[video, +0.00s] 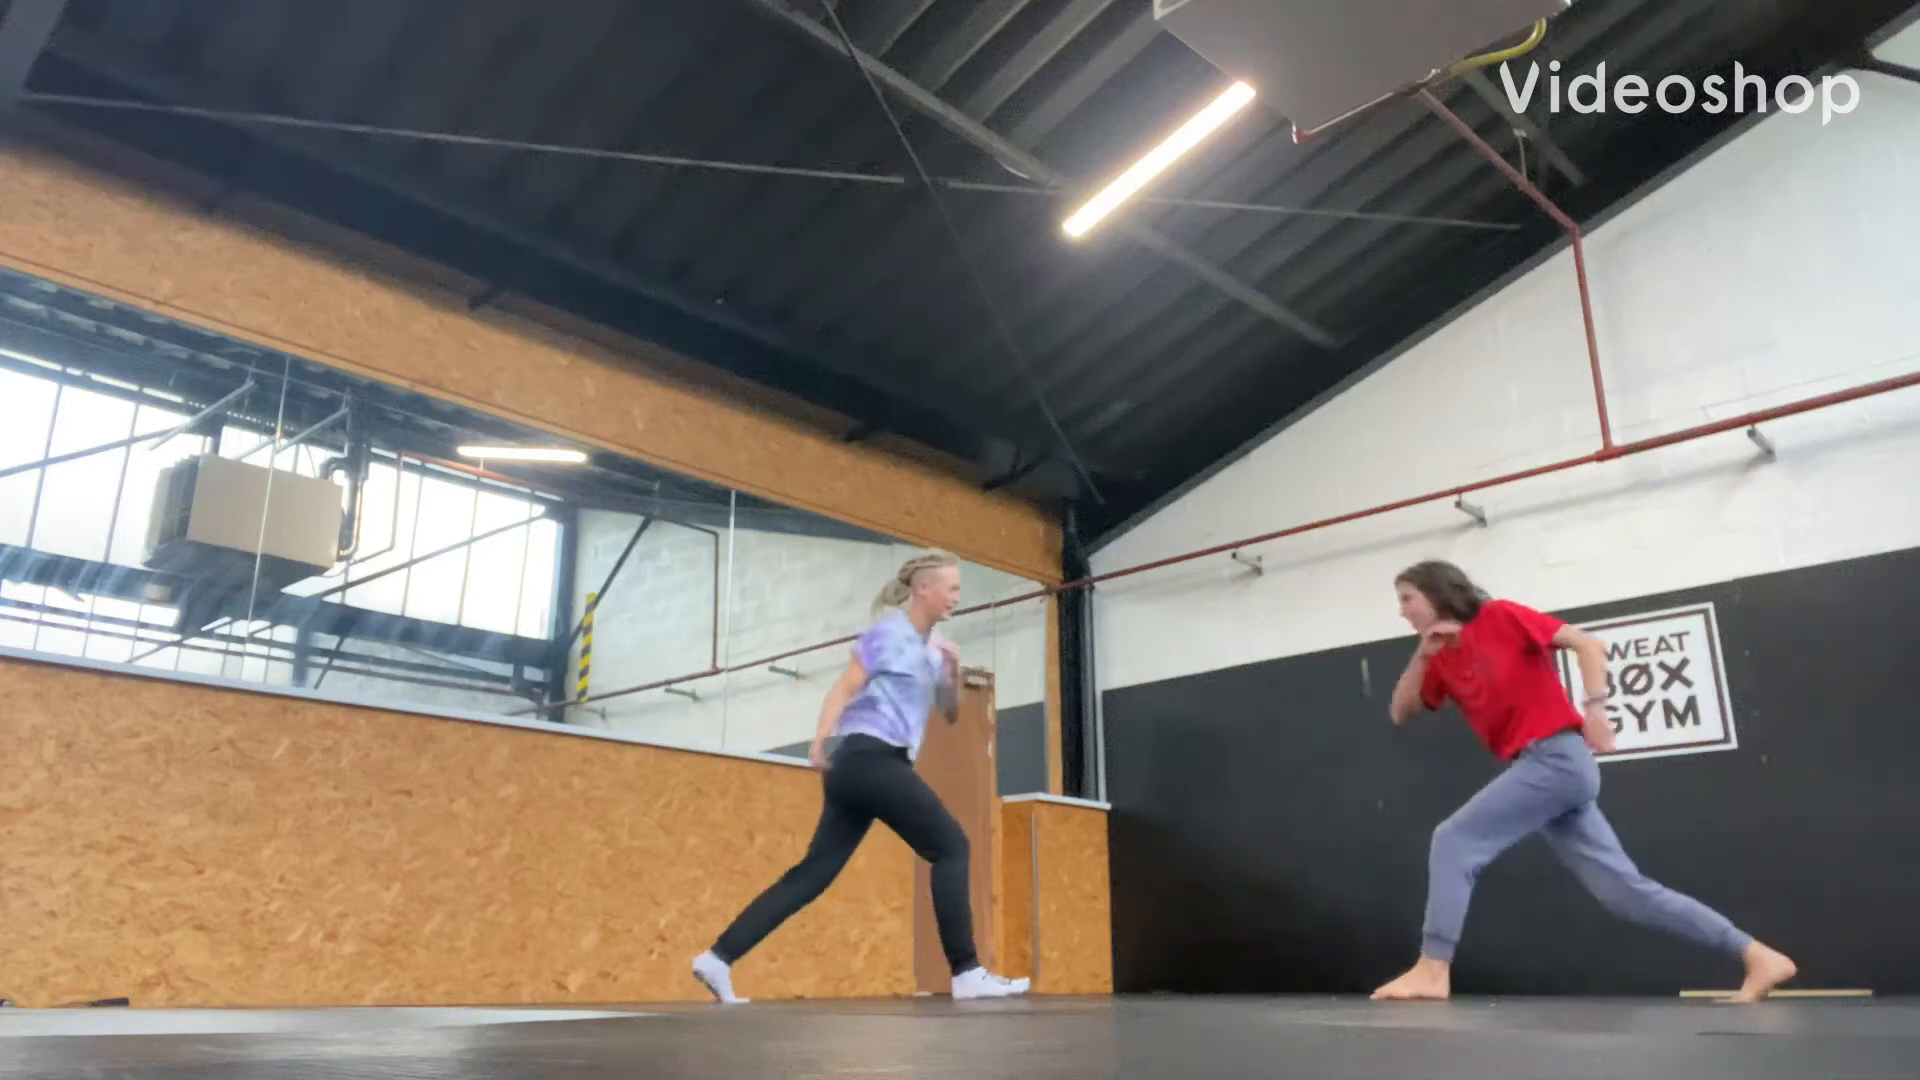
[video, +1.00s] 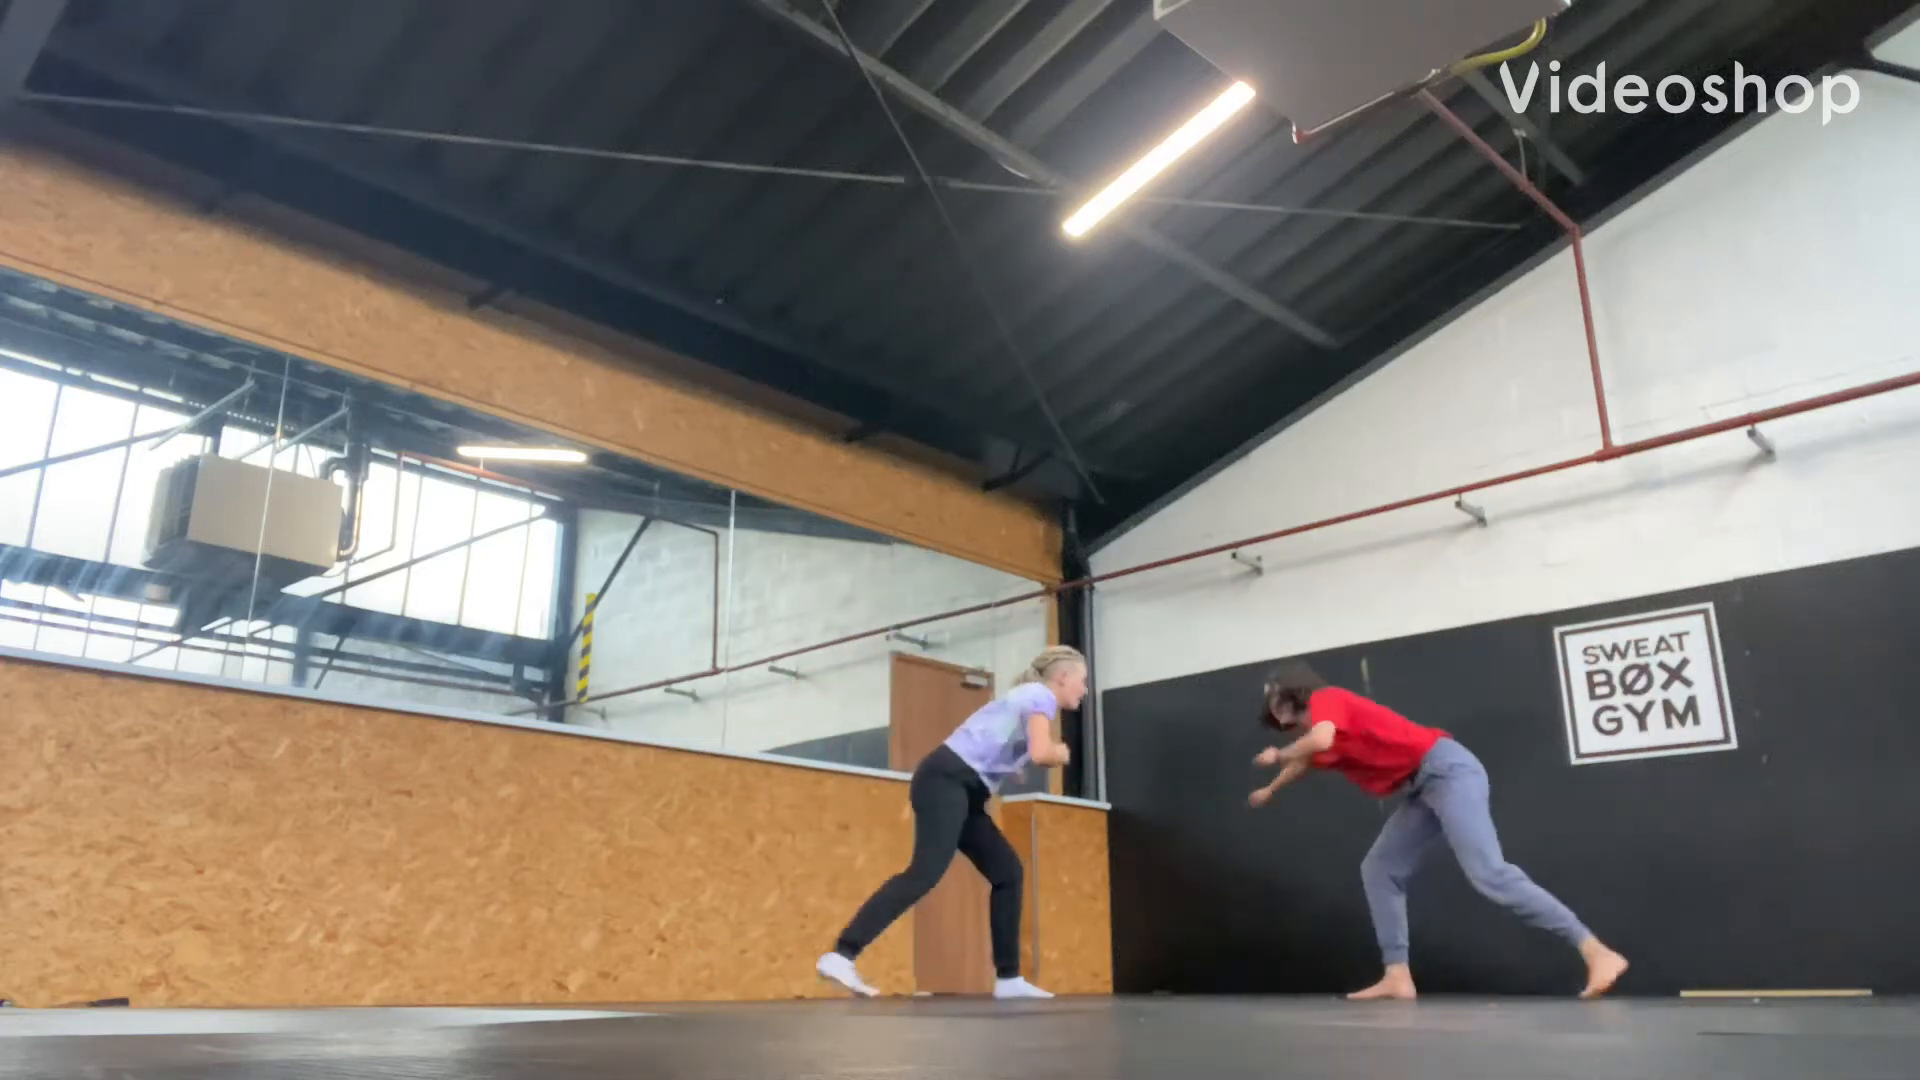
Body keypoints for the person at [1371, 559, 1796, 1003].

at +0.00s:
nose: (1402, 611)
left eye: (1407, 600)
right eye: (1400, 603)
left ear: (1438, 596)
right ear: (1420, 605)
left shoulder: (1497, 616)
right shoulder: (1437, 662)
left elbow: (1588, 645)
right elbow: (1401, 712)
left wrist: (1595, 709)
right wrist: (1420, 656)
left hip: (1560, 756)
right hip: (1542, 766)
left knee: (1456, 839)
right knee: (1623, 891)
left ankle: (1431, 971)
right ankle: (1760, 959)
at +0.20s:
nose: (1340, 609)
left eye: (1345, 599)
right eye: (1338, 601)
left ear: (1379, 596)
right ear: (1361, 601)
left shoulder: (1426, 621)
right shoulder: (1361, 643)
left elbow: (1478, 661)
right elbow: (1327, 692)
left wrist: (1416, 674)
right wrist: (1366, 666)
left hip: (1501, 739)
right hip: (1489, 747)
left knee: (1435, 841)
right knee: (1559, 873)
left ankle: (1429, 976)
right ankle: (1687, 933)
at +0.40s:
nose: (1284, 669)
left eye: (1288, 659)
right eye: (1282, 660)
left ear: (1315, 654)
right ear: (1313, 658)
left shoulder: (1364, 663)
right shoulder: (1337, 702)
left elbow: (1315, 723)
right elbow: (1345, 764)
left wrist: (1277, 703)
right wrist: (1367, 775)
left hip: (1477, 755)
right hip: (1472, 761)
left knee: (1402, 846)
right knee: (1459, 877)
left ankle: (1427, 977)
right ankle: (1553, 948)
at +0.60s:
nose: (1281, 728)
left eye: (1280, 720)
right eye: (1277, 723)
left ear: (1290, 708)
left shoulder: (1330, 704)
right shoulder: (1313, 733)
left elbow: (1335, 783)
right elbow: (1294, 785)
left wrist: (1304, 769)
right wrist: (1285, 814)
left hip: (1456, 780)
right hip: (1461, 784)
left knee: (1376, 863)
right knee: (1414, 878)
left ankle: (1424, 976)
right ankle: (1405, 969)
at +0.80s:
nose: (1268, 733)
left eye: (1270, 724)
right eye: (1264, 727)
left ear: (1286, 717)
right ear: (1271, 729)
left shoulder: (1326, 717)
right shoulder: (1292, 758)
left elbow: (1386, 739)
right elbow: (1249, 779)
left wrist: (1352, 787)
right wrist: (1196, 789)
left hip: (1445, 777)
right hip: (1415, 802)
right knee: (1372, 868)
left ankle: (1441, 962)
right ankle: (1397, 974)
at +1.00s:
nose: (1283, 725)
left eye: (1281, 715)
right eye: (1278, 719)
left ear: (1295, 701)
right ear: (1292, 709)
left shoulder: (1328, 697)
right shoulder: (1319, 734)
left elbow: (1322, 740)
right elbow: (1300, 762)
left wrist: (1283, 754)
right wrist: (1269, 790)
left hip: (1446, 769)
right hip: (1419, 794)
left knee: (1488, 872)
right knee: (1379, 870)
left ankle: (1596, 953)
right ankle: (1397, 978)